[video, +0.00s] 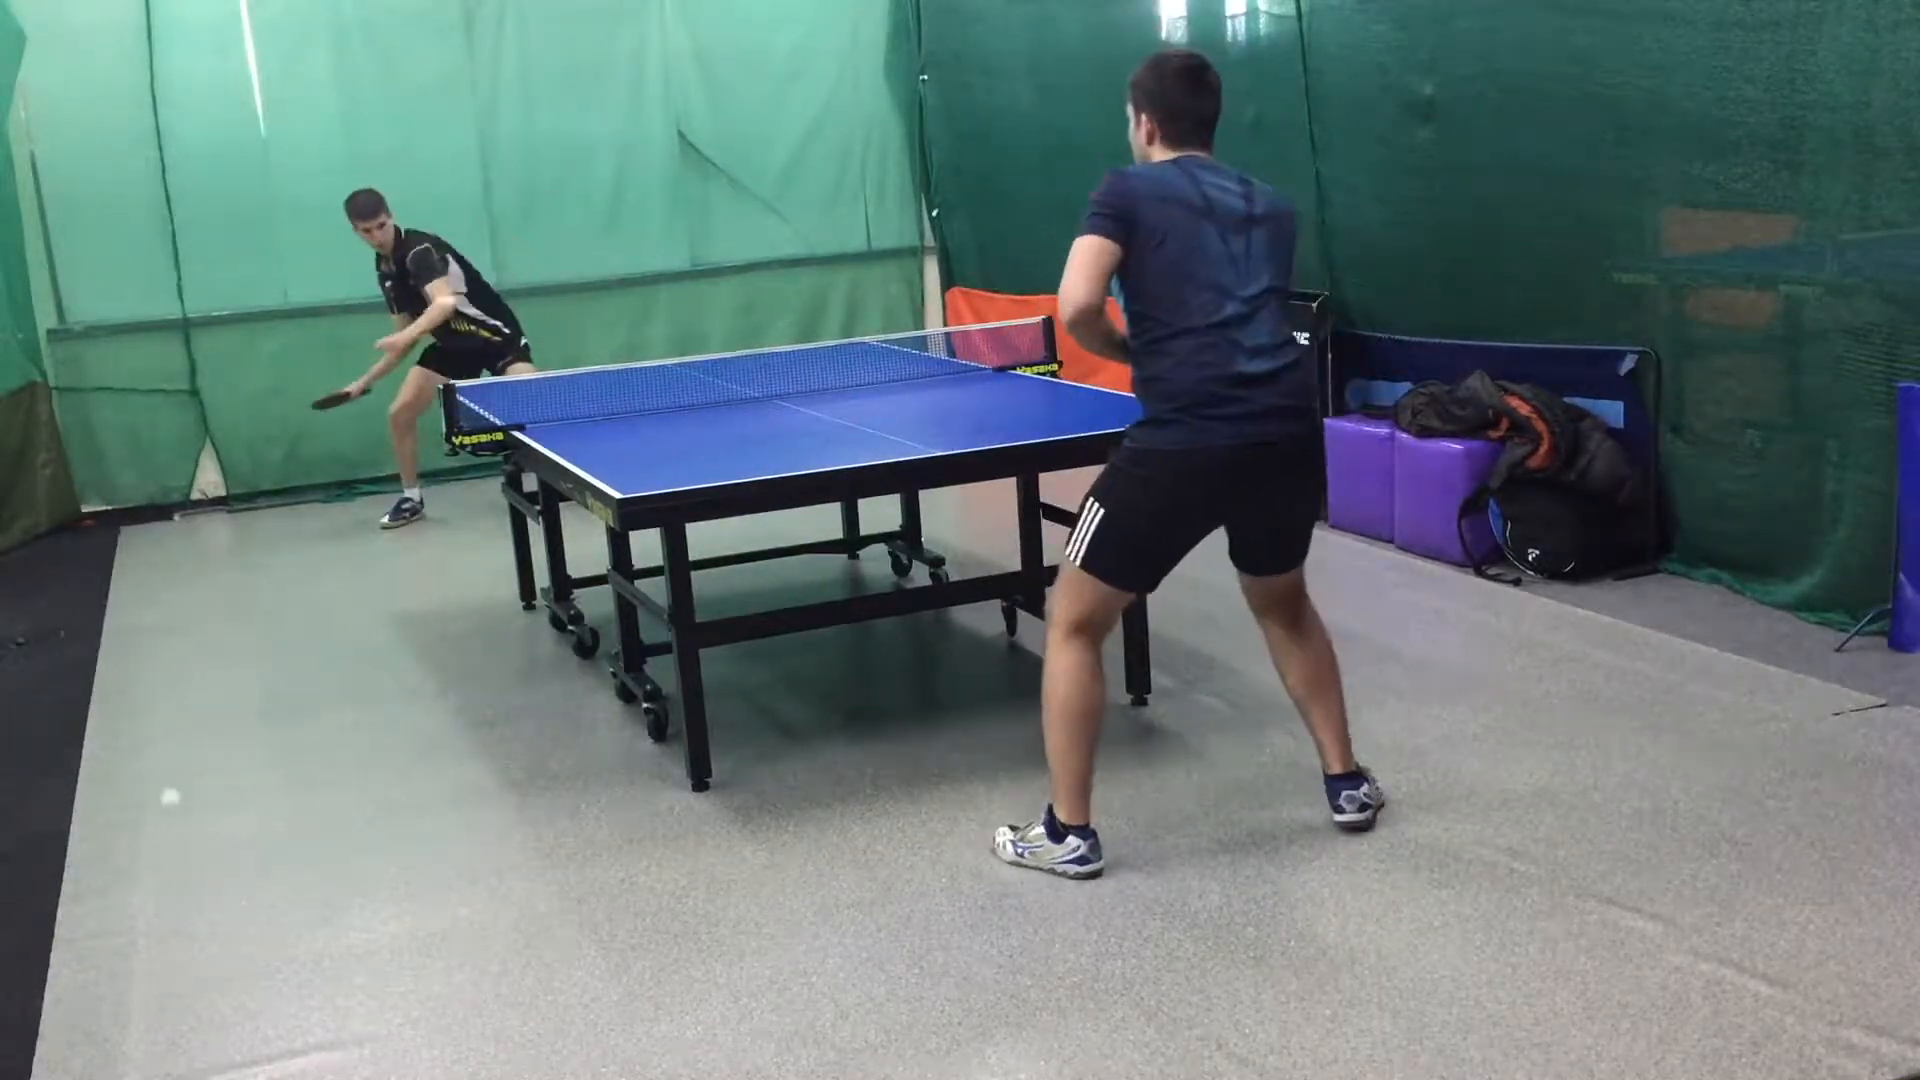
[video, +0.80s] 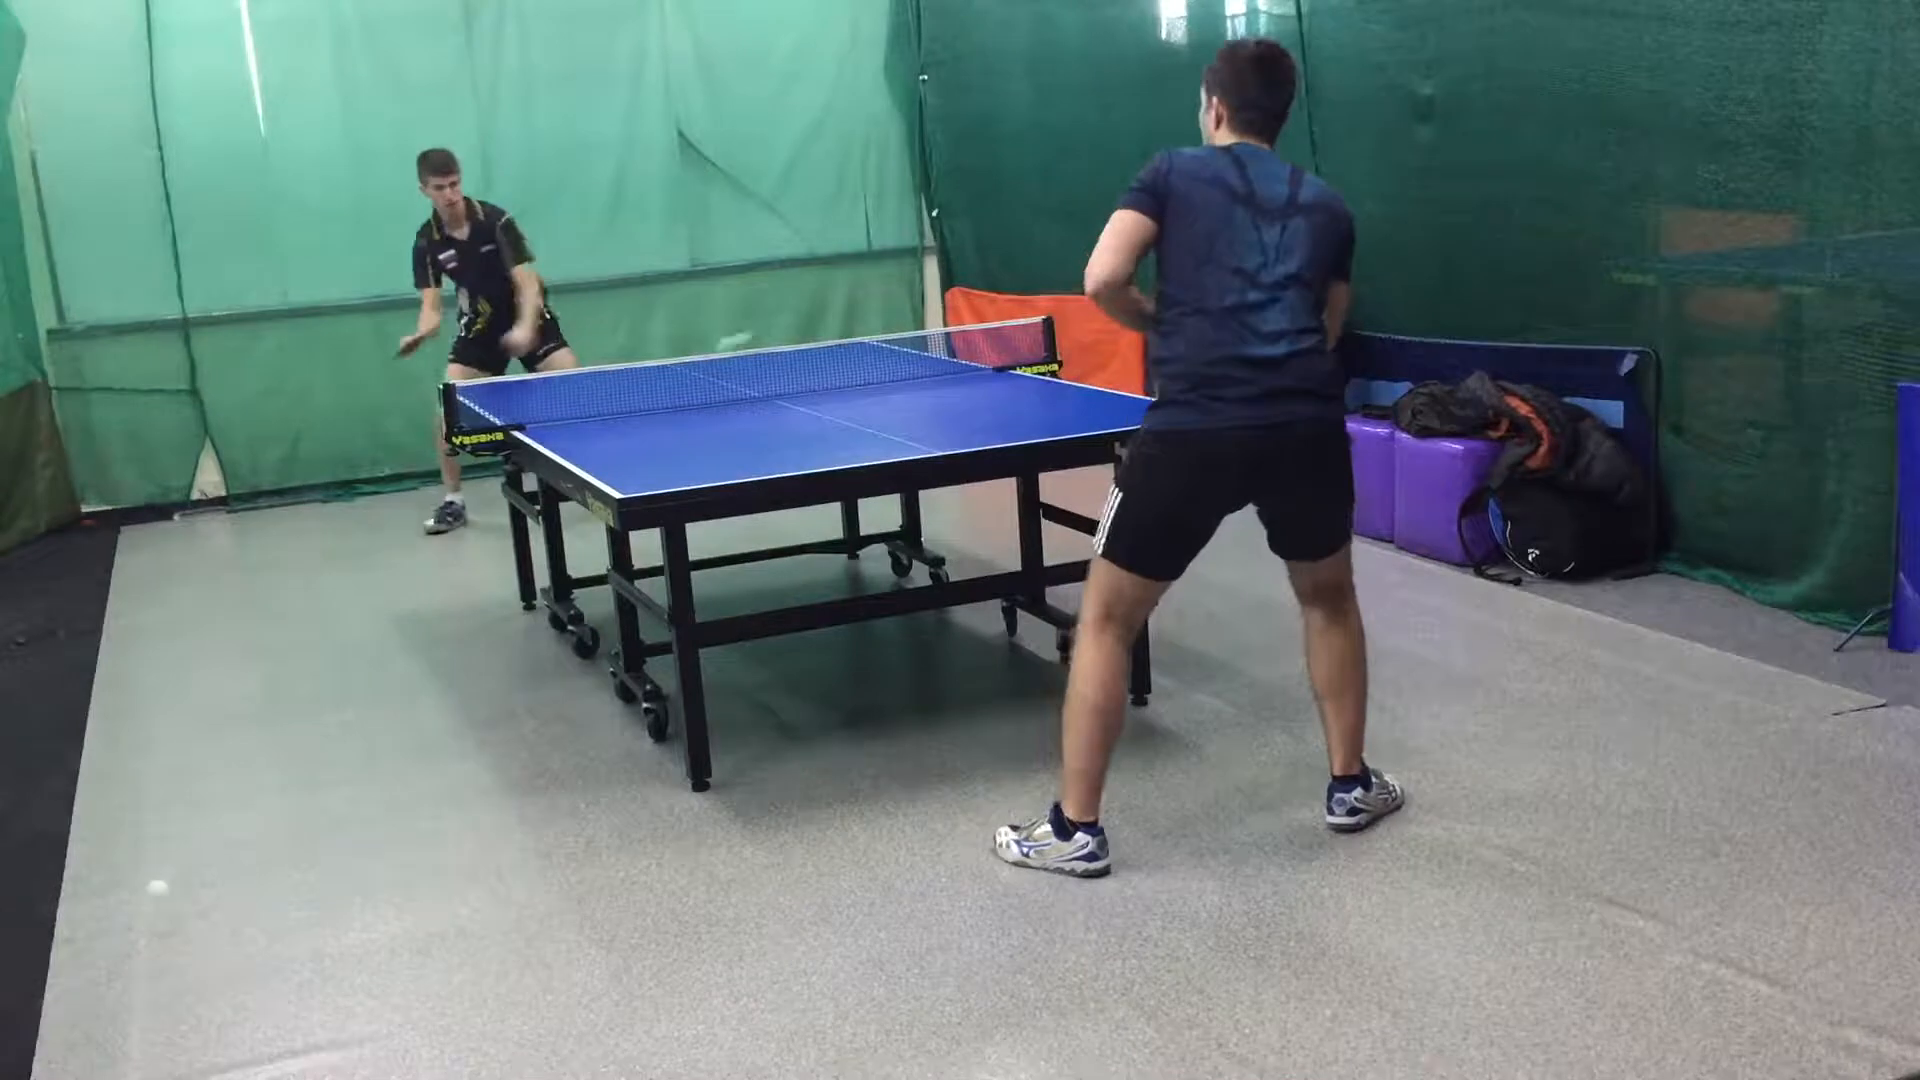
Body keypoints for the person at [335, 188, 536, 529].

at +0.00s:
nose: (376, 237)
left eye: (380, 227)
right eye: (367, 232)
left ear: (391, 217)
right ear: (356, 231)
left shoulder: (421, 251)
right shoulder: (385, 268)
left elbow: (445, 302)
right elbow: (406, 338)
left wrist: (406, 335)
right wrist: (365, 381)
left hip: (498, 338)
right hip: (452, 344)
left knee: (533, 397)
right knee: (401, 414)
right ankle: (412, 497)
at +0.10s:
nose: (391, 218)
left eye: (395, 208)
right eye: (383, 213)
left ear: (409, 200)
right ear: (376, 217)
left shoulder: (445, 229)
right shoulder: (403, 261)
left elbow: (513, 248)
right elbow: (416, 330)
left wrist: (489, 275)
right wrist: (375, 369)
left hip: (510, 329)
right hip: (464, 339)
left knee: (540, 392)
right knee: (421, 417)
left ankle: (552, 477)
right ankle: (415, 497)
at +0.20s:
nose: (421, 199)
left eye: (425, 188)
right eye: (413, 194)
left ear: (441, 181)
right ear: (409, 197)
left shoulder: (488, 211)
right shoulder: (423, 248)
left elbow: (555, 232)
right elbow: (434, 304)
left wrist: (543, 231)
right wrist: (430, 304)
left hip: (527, 328)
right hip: (478, 343)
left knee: (569, 384)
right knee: (446, 425)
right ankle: (425, 496)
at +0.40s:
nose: (490, 194)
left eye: (494, 184)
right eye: (480, 188)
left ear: (503, 183)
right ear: (467, 194)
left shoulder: (529, 221)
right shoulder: (472, 242)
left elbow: (586, 250)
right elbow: (495, 292)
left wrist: (617, 242)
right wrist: (533, 243)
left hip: (543, 342)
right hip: (500, 355)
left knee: (591, 369)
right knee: (473, 443)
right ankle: (448, 501)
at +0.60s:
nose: (489, 180)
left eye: (494, 171)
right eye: (479, 173)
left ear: (502, 170)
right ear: (465, 177)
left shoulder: (532, 210)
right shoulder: (460, 231)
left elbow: (583, 250)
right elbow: (462, 298)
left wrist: (618, 266)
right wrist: (501, 275)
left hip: (544, 330)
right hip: (491, 342)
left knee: (592, 391)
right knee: (461, 417)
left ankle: (603, 480)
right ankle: (438, 498)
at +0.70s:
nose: (473, 180)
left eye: (477, 170)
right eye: (463, 173)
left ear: (485, 166)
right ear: (447, 175)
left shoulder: (517, 207)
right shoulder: (443, 229)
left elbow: (562, 254)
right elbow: (443, 301)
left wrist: (589, 289)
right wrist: (466, 297)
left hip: (534, 316)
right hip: (484, 324)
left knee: (576, 389)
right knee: (453, 406)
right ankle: (448, 499)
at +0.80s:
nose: (451, 194)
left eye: (454, 185)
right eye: (441, 188)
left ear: (462, 180)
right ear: (425, 191)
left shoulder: (495, 221)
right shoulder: (428, 239)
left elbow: (528, 283)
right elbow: (431, 306)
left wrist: (525, 328)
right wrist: (421, 333)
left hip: (524, 309)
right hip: (478, 319)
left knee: (573, 385)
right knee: (451, 403)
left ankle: (581, 477)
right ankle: (453, 500)